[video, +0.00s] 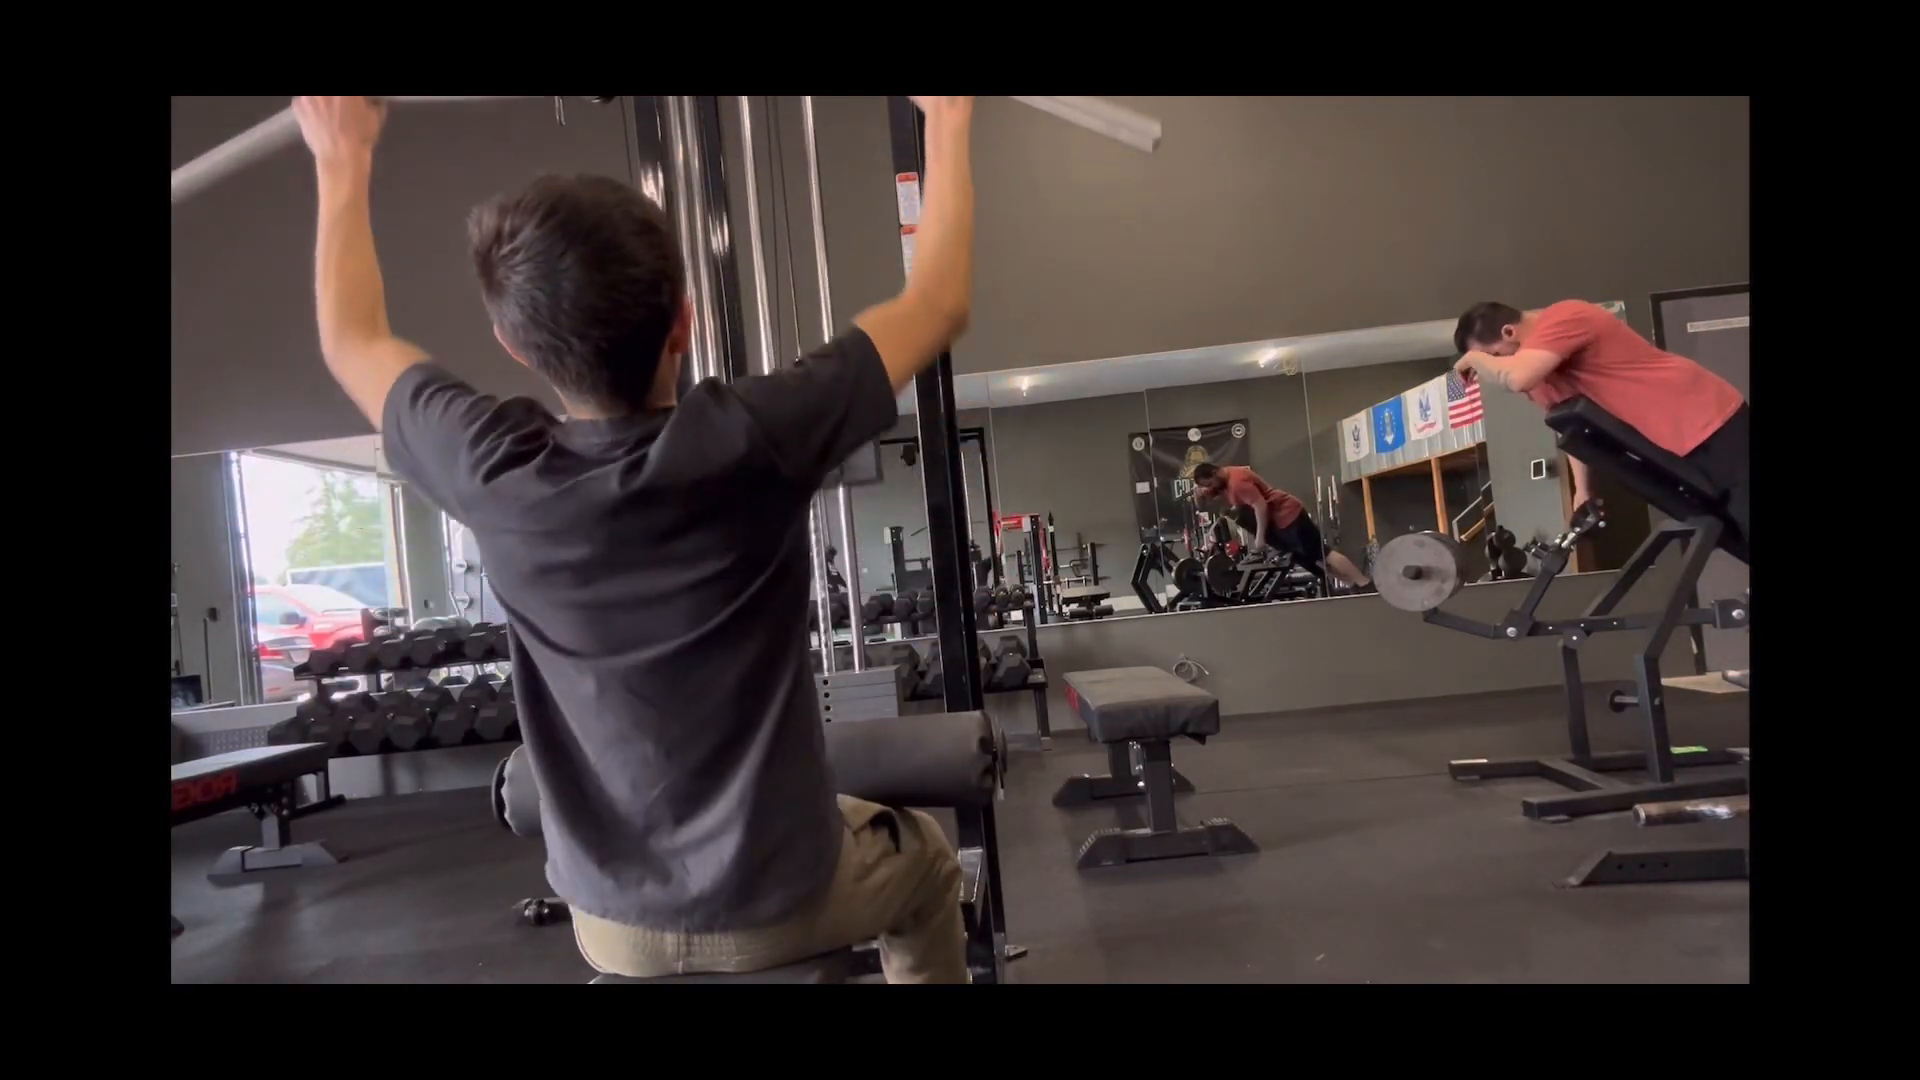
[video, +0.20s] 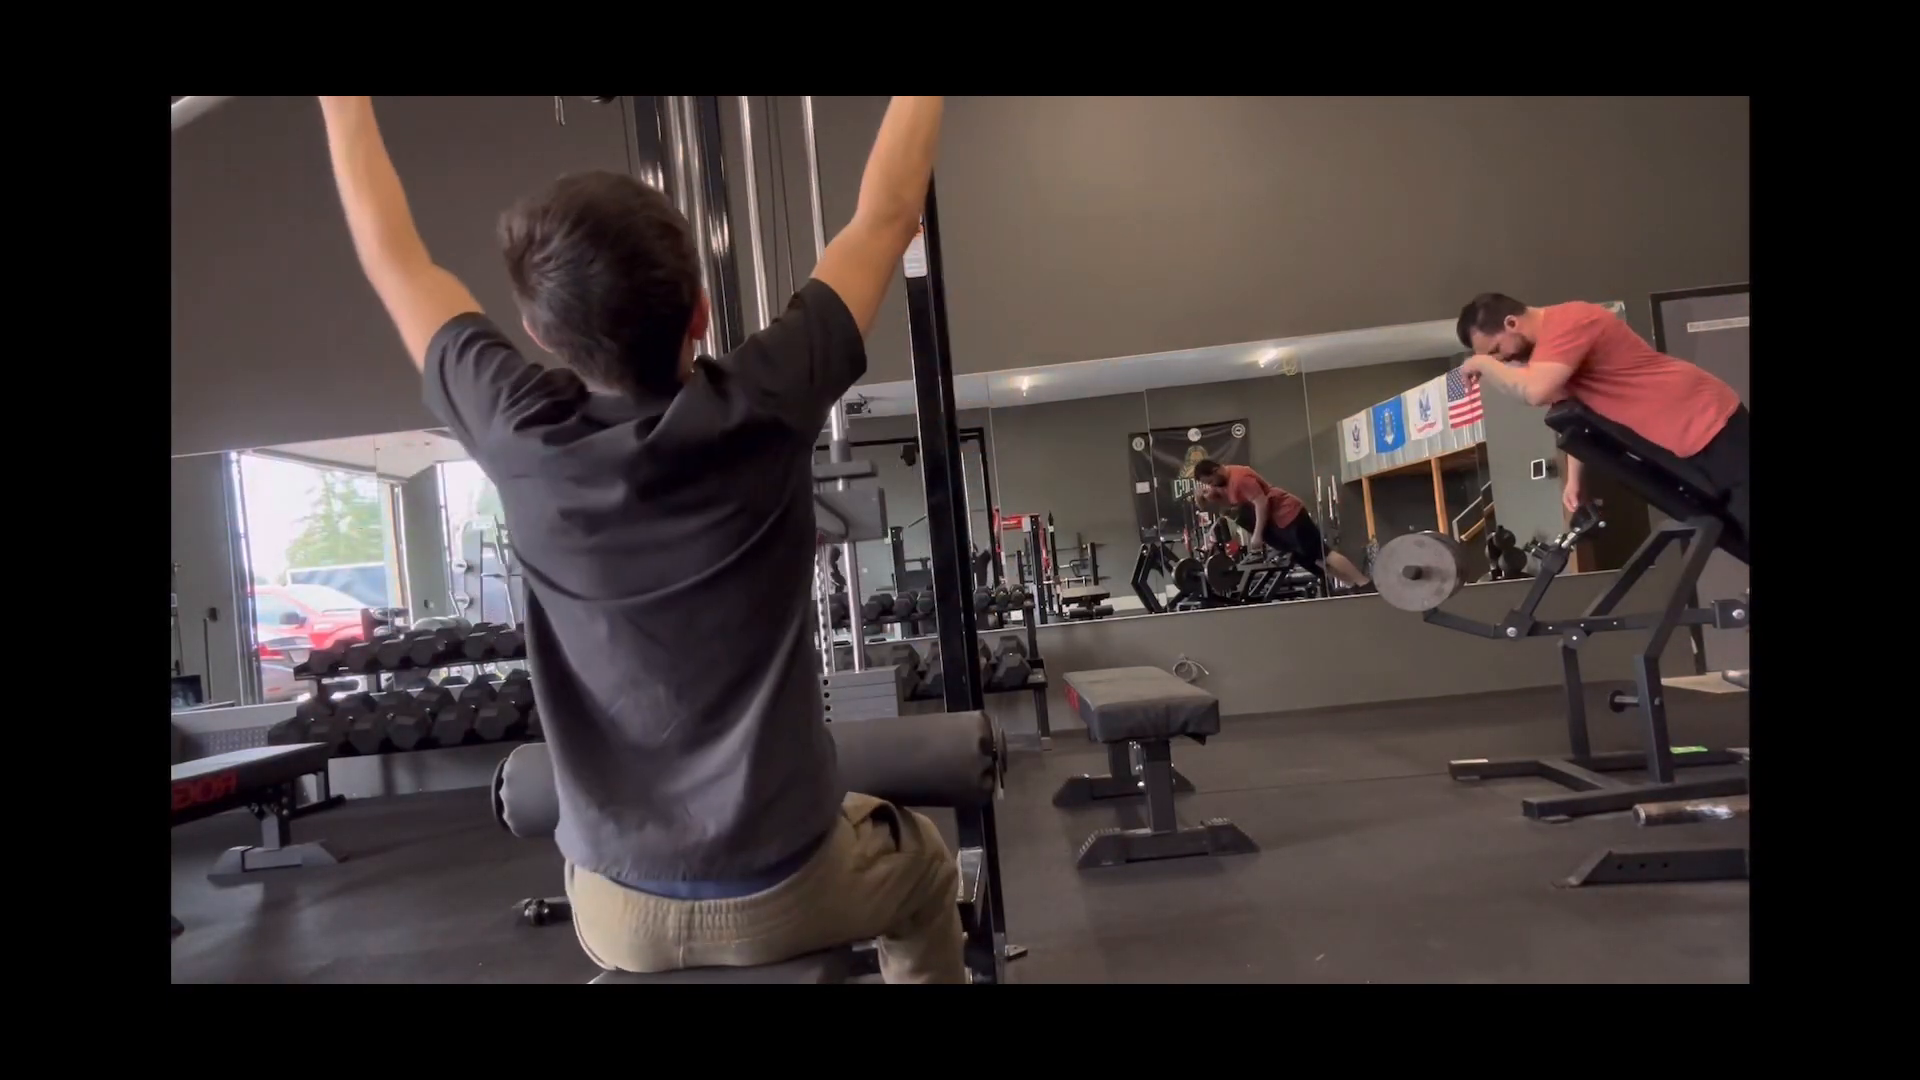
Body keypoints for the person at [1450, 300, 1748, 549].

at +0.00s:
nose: (1496, 366)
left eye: (1494, 357)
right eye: (1490, 361)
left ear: (1508, 333)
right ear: (1507, 333)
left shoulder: (1566, 317)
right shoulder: (1535, 372)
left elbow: (1517, 376)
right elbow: (1572, 429)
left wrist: (1475, 359)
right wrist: (1583, 492)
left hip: (1711, 419)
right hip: (1671, 448)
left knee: (1743, 523)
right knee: (1727, 533)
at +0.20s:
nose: (1500, 360)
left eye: (1497, 350)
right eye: (1493, 355)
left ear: (1511, 322)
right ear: (1510, 323)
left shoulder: (1568, 321)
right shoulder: (1543, 349)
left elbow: (1537, 391)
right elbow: (1572, 420)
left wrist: (1485, 364)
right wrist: (1573, 481)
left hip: (1707, 419)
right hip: (1678, 441)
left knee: (1745, 520)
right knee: (1731, 528)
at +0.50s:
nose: (1502, 350)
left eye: (1499, 338)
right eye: (1493, 345)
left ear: (1518, 311)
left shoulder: (1587, 324)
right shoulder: (1530, 362)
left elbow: (1612, 402)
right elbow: (1555, 427)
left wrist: (1552, 453)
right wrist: (1562, 489)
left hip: (1706, 422)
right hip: (1660, 448)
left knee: (1745, 516)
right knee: (1729, 535)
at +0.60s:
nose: (1502, 345)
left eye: (1501, 334)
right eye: (1495, 340)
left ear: (1520, 308)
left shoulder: (1590, 320)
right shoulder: (1532, 362)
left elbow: (1612, 401)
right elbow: (1542, 423)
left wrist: (1559, 464)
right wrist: (1540, 496)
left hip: (1707, 422)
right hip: (1663, 450)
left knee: (1745, 517)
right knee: (1729, 535)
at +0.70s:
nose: (1505, 340)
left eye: (1503, 329)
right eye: (1498, 336)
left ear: (1523, 302)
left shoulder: (1590, 319)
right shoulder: (1531, 360)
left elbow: (1595, 407)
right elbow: (1531, 424)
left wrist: (1543, 471)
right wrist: (1515, 494)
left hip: (1707, 422)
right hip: (1665, 449)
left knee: (1745, 515)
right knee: (1729, 534)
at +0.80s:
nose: (1507, 335)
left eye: (1504, 324)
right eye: (1499, 330)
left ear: (1526, 298)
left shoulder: (1584, 319)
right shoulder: (1528, 358)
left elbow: (1569, 412)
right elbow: (1519, 424)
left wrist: (1524, 475)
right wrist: (1496, 490)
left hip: (1707, 421)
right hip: (1668, 448)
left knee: (1745, 520)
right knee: (1731, 534)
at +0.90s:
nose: (1505, 330)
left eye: (1504, 318)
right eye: (1498, 325)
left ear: (1528, 294)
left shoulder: (1579, 319)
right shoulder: (1524, 357)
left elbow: (1552, 417)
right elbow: (1511, 420)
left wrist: (1508, 481)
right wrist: (1486, 488)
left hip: (1709, 423)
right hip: (1669, 450)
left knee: (1745, 523)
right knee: (1731, 534)